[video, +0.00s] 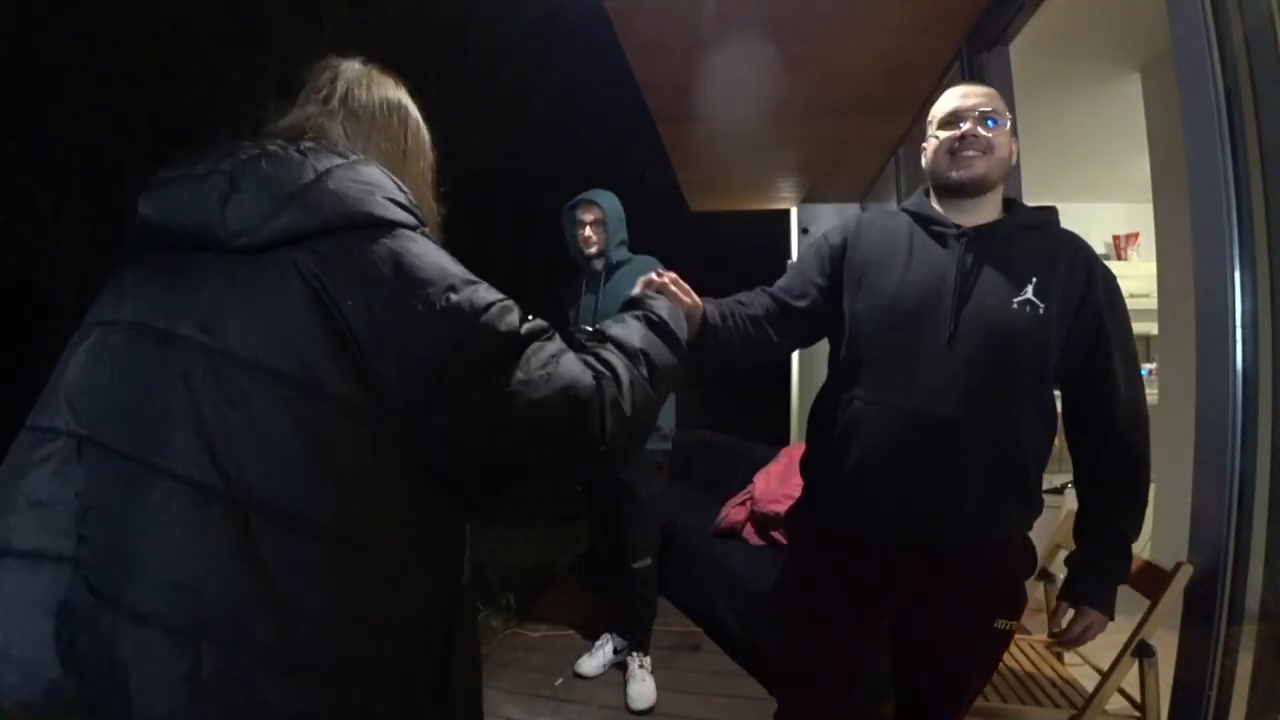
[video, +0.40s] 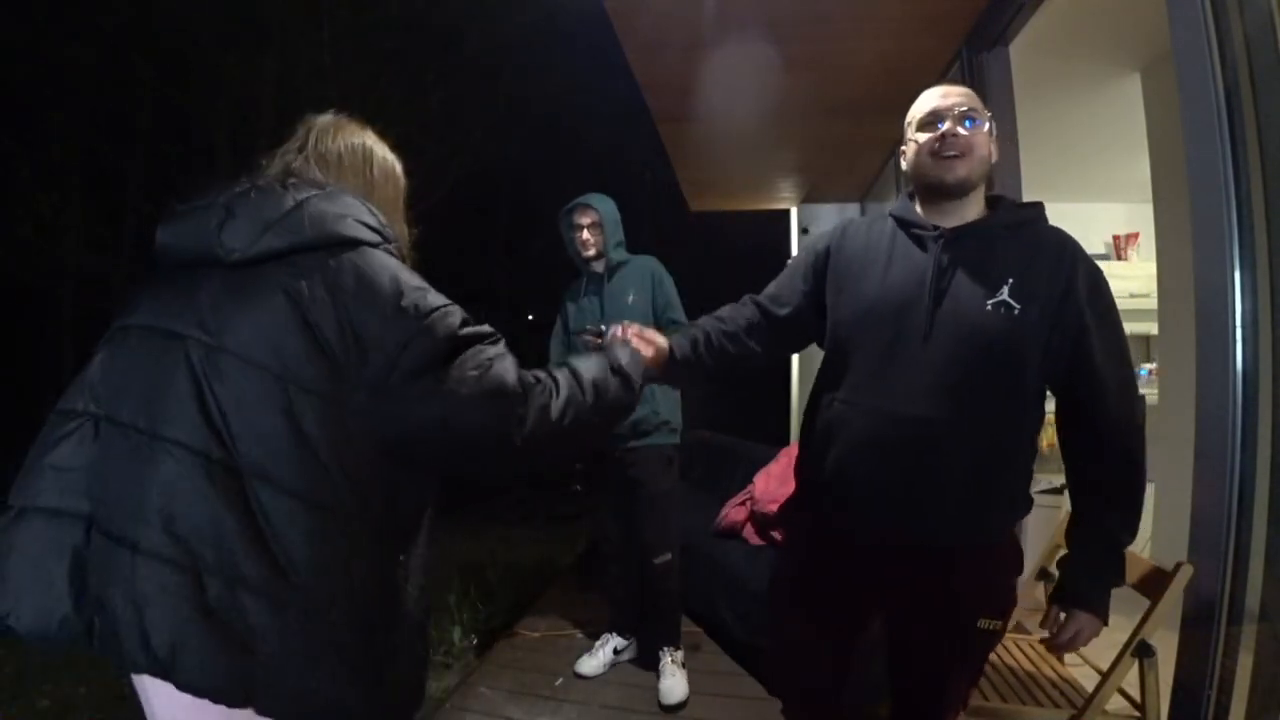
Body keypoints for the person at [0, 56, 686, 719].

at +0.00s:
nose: (424, 192)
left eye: (423, 176)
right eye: (420, 173)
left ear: (291, 139)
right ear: (395, 163)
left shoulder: (158, 255)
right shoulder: (377, 261)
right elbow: (565, 405)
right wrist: (660, 324)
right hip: (304, 667)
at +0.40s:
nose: (397, 224)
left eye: (397, 210)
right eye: (394, 209)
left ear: (284, 177)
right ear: (372, 199)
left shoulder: (191, 271)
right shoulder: (358, 277)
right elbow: (508, 409)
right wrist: (619, 366)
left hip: (151, 621)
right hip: (276, 640)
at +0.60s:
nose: (395, 242)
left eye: (396, 226)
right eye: (391, 224)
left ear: (295, 191)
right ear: (361, 213)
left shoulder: (212, 265)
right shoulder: (335, 289)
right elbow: (456, 424)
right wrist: (593, 440)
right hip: (223, 625)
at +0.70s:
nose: (393, 235)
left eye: (395, 217)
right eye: (388, 215)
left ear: (306, 194)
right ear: (347, 203)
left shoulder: (213, 263)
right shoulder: (318, 287)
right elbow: (429, 418)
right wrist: (567, 421)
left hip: (135, 598)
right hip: (208, 628)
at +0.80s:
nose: (382, 223)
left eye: (382, 206)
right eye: (374, 202)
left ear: (301, 190)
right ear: (329, 194)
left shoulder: (204, 261)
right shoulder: (294, 281)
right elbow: (405, 421)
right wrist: (549, 417)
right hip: (194, 635)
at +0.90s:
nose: (366, 216)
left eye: (364, 196)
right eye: (355, 191)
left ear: (294, 187)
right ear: (303, 185)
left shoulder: (195, 257)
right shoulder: (257, 271)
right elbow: (362, 429)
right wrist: (532, 436)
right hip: (175, 635)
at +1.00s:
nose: (346, 202)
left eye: (345, 182)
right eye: (331, 176)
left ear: (273, 176)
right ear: (274, 171)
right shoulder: (211, 261)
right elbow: (294, 449)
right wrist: (482, 483)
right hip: (162, 664)